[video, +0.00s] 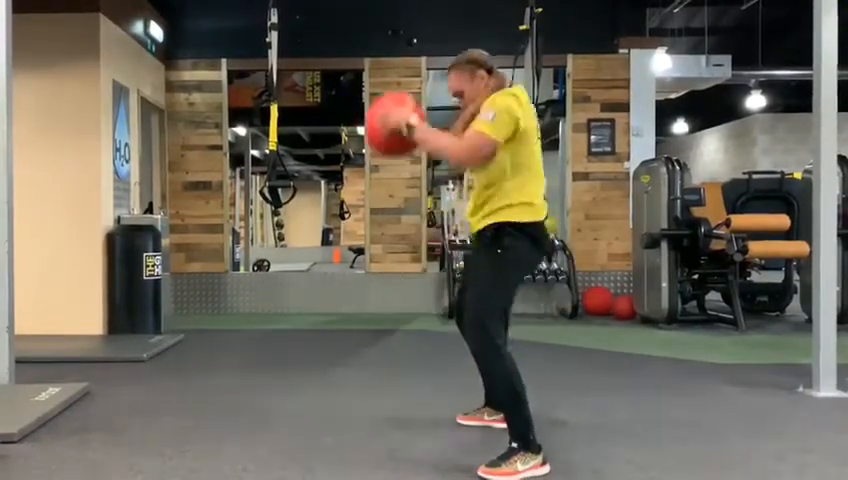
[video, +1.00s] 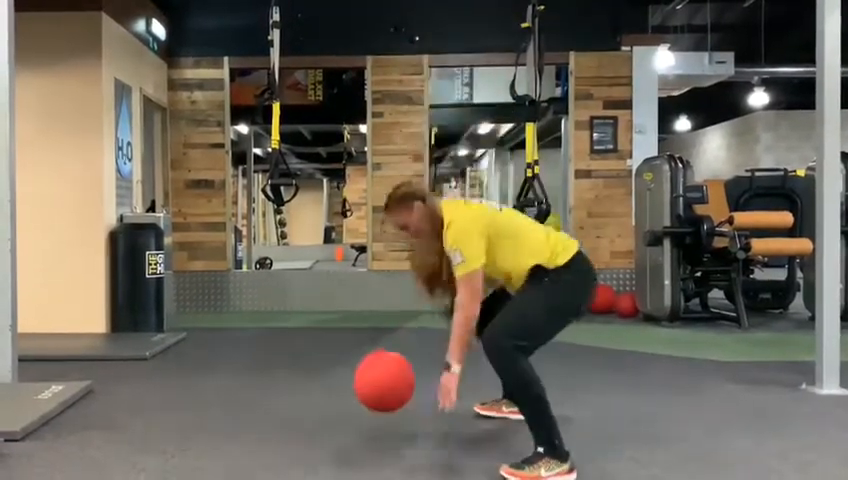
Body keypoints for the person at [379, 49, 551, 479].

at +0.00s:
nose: (459, 101)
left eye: (462, 93)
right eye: (456, 95)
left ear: (484, 78)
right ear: (479, 81)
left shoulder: (506, 102)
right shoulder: (487, 107)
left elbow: (467, 152)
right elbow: (455, 146)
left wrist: (416, 128)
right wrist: (415, 133)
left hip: (513, 229)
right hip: (493, 228)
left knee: (482, 325)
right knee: (469, 317)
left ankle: (527, 448)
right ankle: (497, 406)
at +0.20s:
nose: (448, 95)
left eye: (449, 85)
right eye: (444, 90)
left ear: (467, 66)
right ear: (451, 81)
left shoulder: (502, 85)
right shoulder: (476, 100)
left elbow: (455, 34)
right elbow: (457, 141)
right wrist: (463, 100)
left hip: (488, 223)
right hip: (469, 224)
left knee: (492, 328)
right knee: (474, 319)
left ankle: (527, 450)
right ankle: (500, 404)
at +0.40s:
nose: (417, 91)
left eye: (419, 82)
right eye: (412, 86)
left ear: (440, 67)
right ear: (422, 81)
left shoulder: (470, 85)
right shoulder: (441, 103)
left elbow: (464, 19)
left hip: (484, 222)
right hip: (461, 225)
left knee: (494, 326)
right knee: (473, 315)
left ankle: (528, 445)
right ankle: (497, 400)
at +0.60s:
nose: (421, 79)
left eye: (423, 69)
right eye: (417, 73)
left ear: (441, 58)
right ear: (433, 75)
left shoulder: (489, 77)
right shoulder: (456, 97)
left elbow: (427, 45)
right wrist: (434, 145)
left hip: (504, 218)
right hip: (483, 220)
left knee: (498, 322)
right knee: (482, 316)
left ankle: (527, 443)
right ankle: (498, 399)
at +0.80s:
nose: (423, 135)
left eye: (423, 126)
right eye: (419, 130)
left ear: (441, 108)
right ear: (439, 112)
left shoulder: (477, 127)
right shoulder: (462, 132)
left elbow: (469, 199)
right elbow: (447, 187)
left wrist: (418, 236)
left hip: (547, 226)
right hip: (521, 231)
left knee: (514, 331)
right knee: (492, 313)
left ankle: (549, 448)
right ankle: (511, 395)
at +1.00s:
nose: (408, 235)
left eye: (406, 227)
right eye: (402, 230)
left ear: (420, 208)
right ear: (419, 209)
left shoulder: (461, 226)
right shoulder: (448, 222)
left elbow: (468, 303)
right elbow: (466, 293)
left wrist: (453, 368)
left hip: (566, 274)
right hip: (543, 272)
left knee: (500, 340)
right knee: (487, 319)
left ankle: (555, 456)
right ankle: (515, 400)